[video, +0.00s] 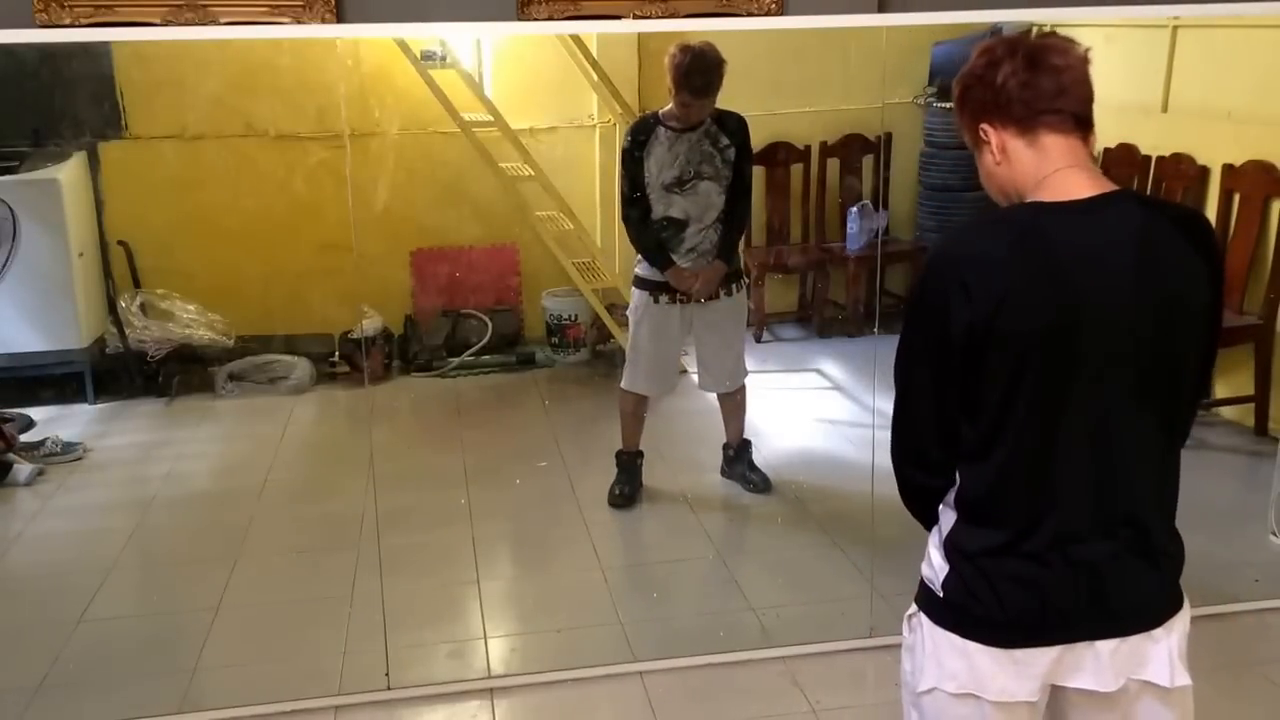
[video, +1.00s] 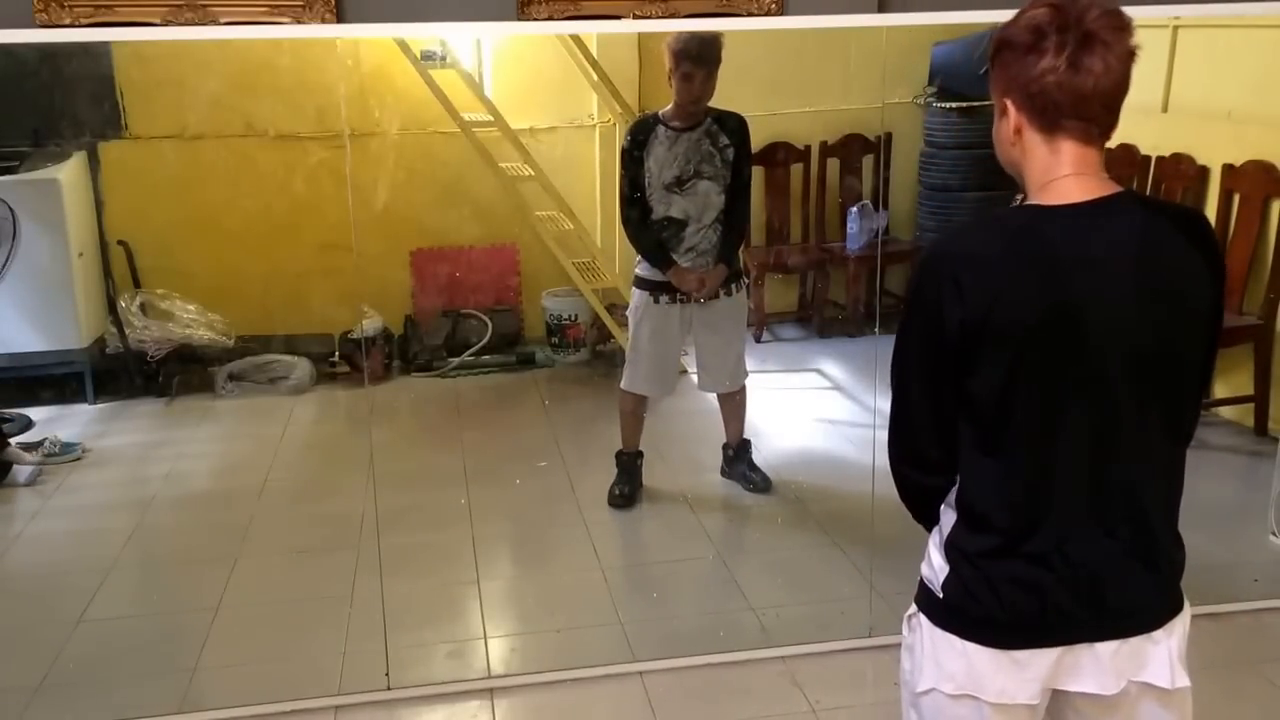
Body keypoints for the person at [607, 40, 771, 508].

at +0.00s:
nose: (693, 114)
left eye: (702, 106)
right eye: (686, 105)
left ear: (716, 93)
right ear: (672, 90)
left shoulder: (733, 128)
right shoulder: (641, 134)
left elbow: (740, 201)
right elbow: (633, 212)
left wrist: (721, 261)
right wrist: (670, 268)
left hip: (720, 279)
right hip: (656, 279)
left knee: (730, 374)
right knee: (638, 378)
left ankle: (736, 456)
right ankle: (628, 465)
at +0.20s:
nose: (690, 111)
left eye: (700, 104)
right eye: (683, 102)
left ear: (716, 92)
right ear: (671, 88)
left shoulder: (733, 129)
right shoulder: (640, 135)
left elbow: (740, 203)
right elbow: (631, 213)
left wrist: (722, 261)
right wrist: (671, 268)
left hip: (719, 279)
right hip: (655, 280)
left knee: (731, 373)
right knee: (638, 378)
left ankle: (735, 455)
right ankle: (628, 465)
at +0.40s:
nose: (693, 100)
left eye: (701, 90)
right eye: (684, 90)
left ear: (713, 82)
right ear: (667, 81)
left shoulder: (732, 129)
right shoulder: (639, 135)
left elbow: (740, 203)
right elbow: (632, 212)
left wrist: (721, 262)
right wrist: (671, 266)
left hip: (720, 279)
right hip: (656, 281)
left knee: (731, 373)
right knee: (638, 379)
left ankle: (736, 456)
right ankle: (628, 465)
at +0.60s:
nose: (690, 81)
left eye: (699, 72)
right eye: (681, 72)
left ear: (713, 73)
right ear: (667, 73)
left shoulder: (733, 129)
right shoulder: (641, 135)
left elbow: (740, 205)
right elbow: (632, 212)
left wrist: (721, 263)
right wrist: (672, 267)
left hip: (720, 280)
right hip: (656, 281)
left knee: (731, 373)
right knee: (638, 379)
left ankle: (736, 456)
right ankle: (628, 466)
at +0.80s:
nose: (693, 85)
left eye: (703, 76)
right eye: (686, 75)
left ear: (718, 76)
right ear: (673, 71)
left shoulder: (734, 129)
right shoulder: (642, 134)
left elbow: (740, 205)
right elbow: (631, 213)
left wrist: (721, 263)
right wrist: (671, 268)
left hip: (720, 280)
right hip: (657, 281)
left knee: (730, 375)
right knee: (638, 379)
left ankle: (736, 456)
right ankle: (628, 466)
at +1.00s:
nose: (691, 83)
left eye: (701, 74)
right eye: (683, 73)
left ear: (716, 74)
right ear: (670, 71)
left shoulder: (733, 129)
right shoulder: (640, 134)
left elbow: (740, 204)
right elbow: (631, 214)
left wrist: (722, 263)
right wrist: (672, 269)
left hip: (720, 280)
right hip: (657, 281)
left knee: (730, 375)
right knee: (638, 380)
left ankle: (736, 456)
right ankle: (628, 466)